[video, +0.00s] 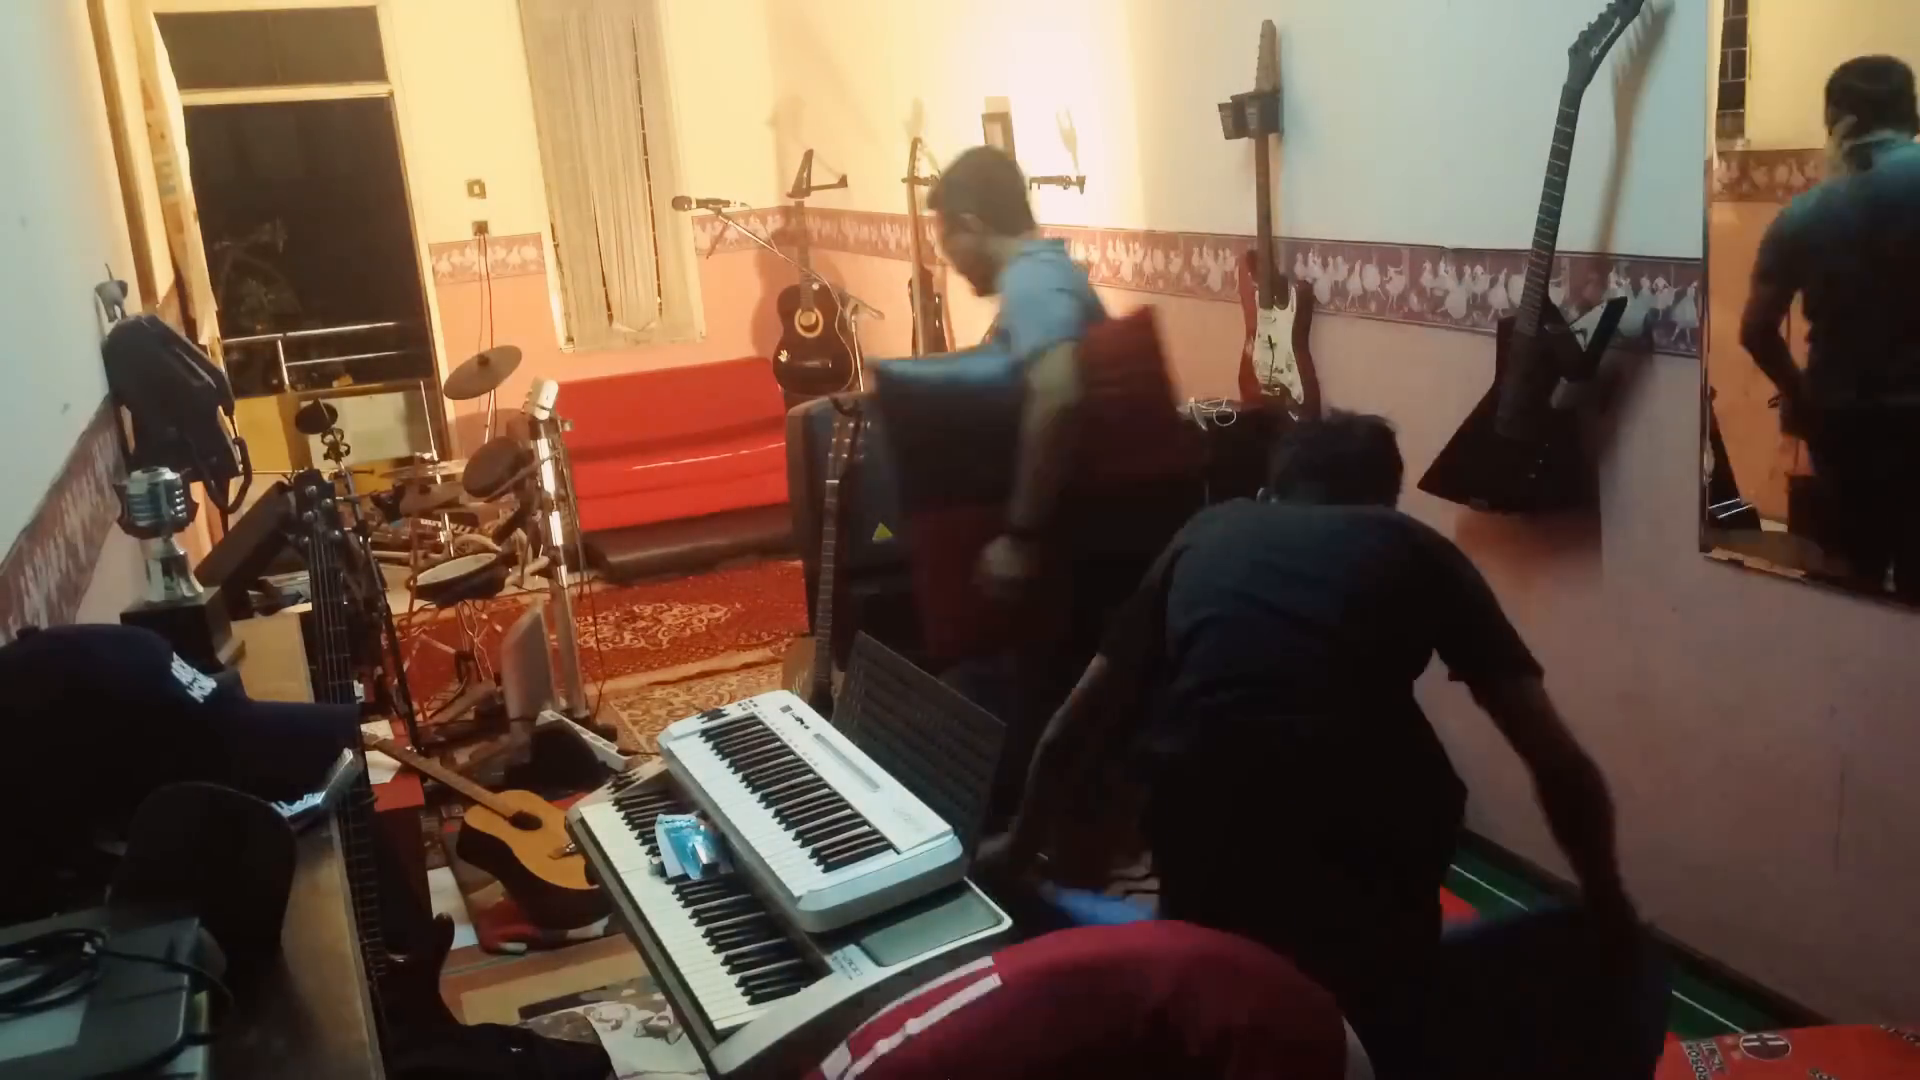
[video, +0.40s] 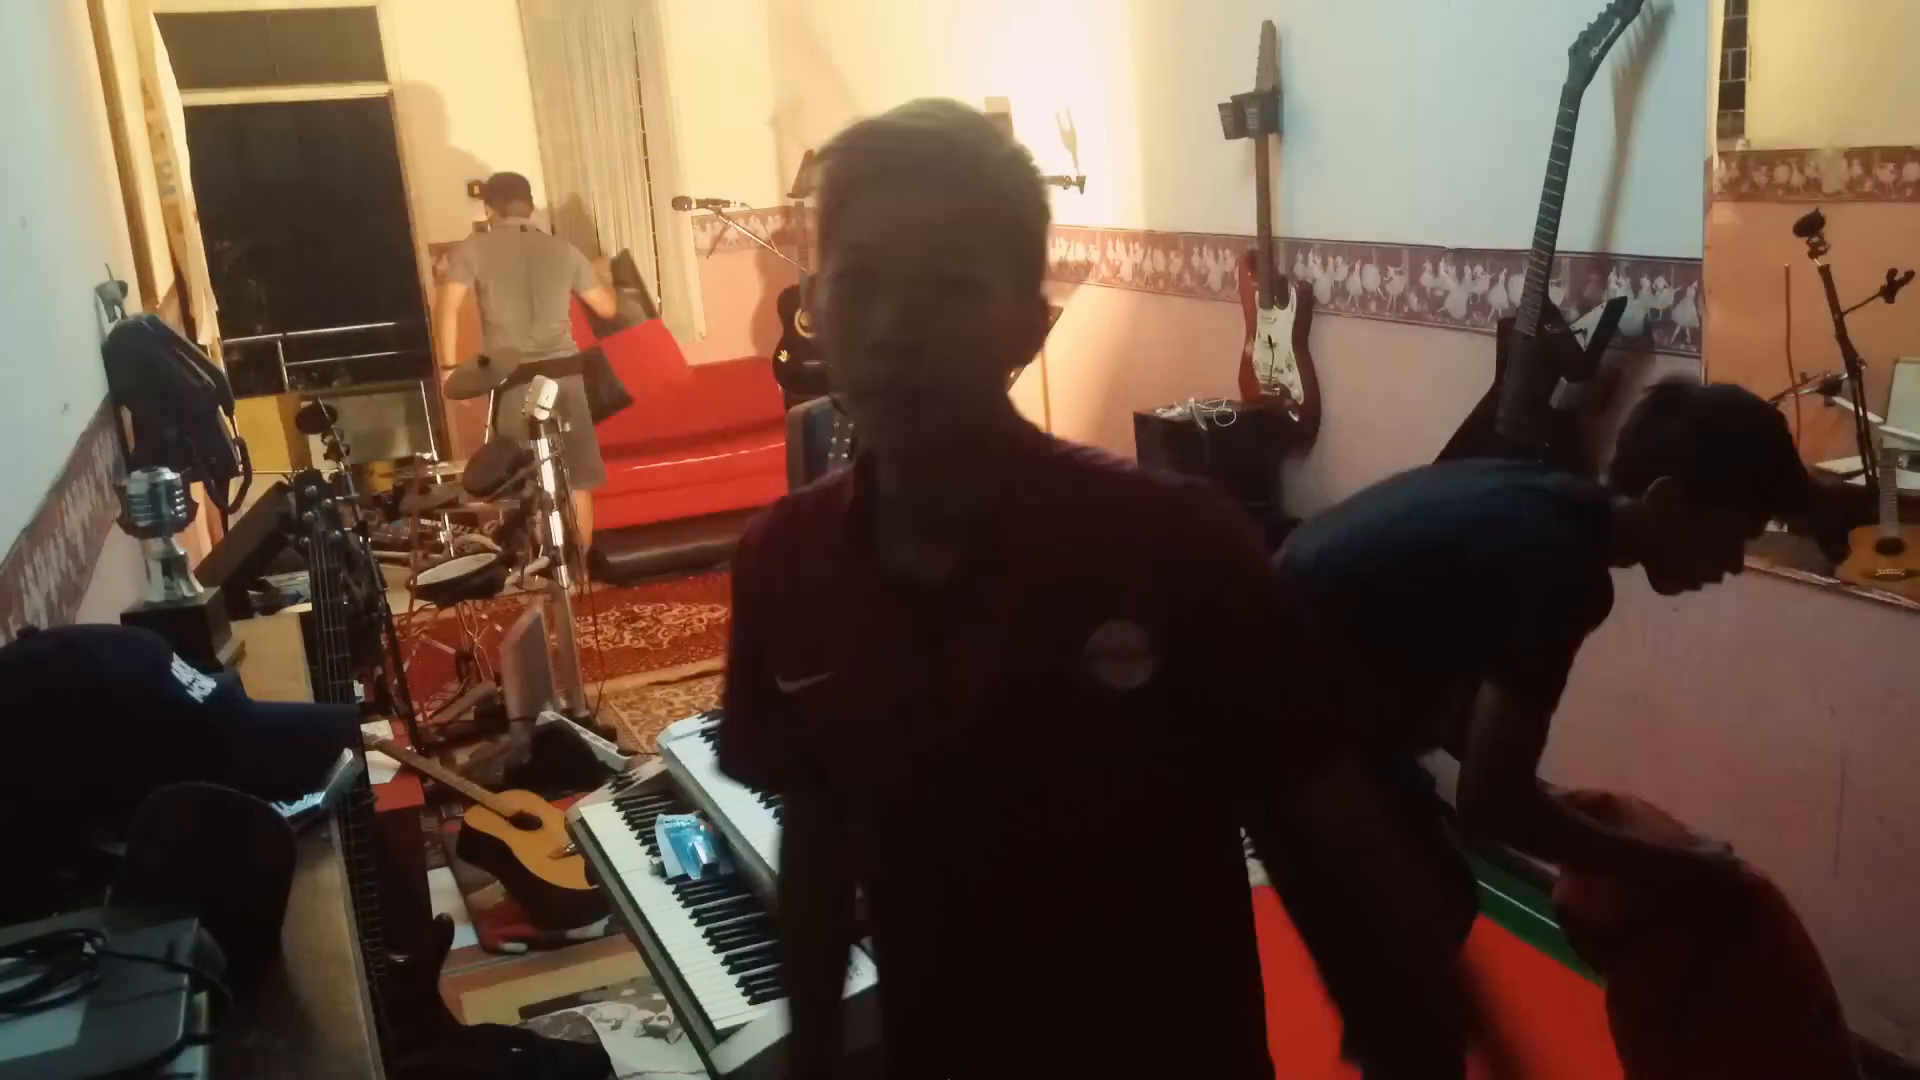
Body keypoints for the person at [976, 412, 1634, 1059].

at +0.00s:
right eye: (1396, 490)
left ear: (1271, 488)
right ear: (1387, 493)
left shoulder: (1202, 538)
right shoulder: (1418, 552)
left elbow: (1069, 732)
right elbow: (1558, 762)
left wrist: (1022, 840)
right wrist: (1607, 900)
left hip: (1202, 830)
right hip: (1374, 829)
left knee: (1226, 1019)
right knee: (1380, 1026)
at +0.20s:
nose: (1616, 454)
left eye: (1625, 427)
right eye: (1613, 424)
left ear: (1507, 385)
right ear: (1557, 402)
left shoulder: (1390, 435)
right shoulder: (1487, 483)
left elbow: (1287, 608)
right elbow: (1352, 682)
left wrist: (1437, 694)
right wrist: (1513, 858)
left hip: (1170, 718)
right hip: (1264, 753)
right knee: (1418, 1009)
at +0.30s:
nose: (1801, 696)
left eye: (1822, 681)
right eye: (1815, 671)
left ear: (1753, 585)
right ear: (1774, 621)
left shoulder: (1635, 583)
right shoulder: (1632, 652)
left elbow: (1558, 789)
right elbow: (1568, 892)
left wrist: (1548, 915)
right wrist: (1602, 1055)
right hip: (1314, 722)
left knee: (1420, 981)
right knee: (1442, 995)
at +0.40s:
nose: (1733, 563)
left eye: (1746, 538)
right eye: (1737, 533)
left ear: (1652, 489)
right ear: (1669, 496)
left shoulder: (1548, 509)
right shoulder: (1563, 568)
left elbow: (1440, 713)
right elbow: (1490, 808)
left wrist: (1551, 802)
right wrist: (1665, 863)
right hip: (1289, 717)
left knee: (1444, 896)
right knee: (1417, 1022)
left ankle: (1380, 1040)